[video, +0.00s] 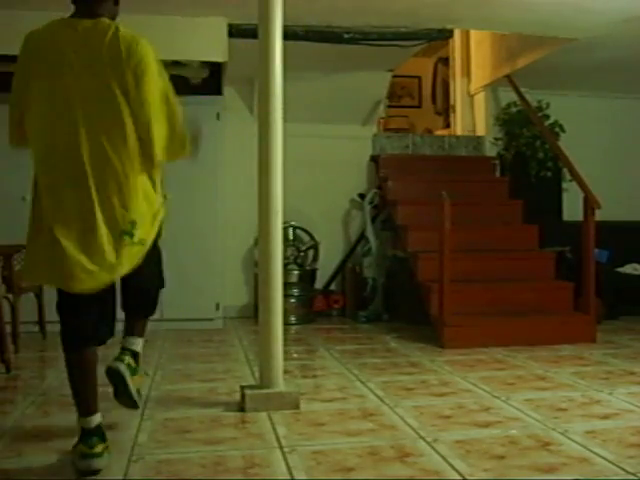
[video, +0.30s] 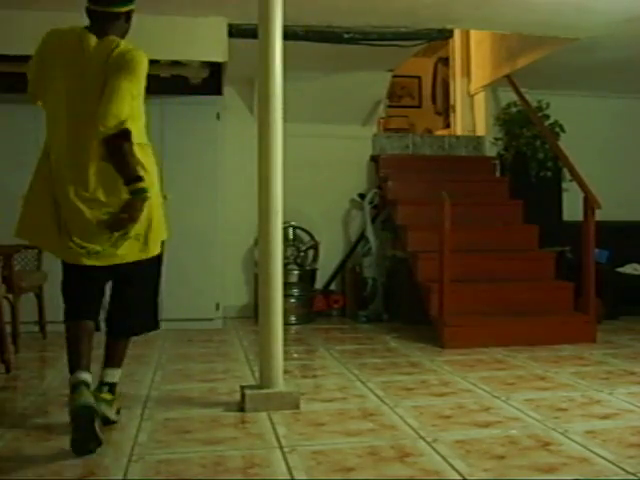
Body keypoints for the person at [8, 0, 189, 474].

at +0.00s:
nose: (117, 8)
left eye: (111, 4)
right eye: (117, 3)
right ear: (115, 2)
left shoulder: (37, 44)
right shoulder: (132, 49)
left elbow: (19, 131)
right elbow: (166, 139)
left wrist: (67, 122)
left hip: (63, 204)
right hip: (126, 199)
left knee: (78, 323)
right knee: (143, 276)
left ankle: (90, 435)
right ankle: (129, 353)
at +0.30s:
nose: (130, 22)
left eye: (126, 14)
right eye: (129, 15)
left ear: (88, 13)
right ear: (126, 17)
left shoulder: (55, 42)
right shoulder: (128, 55)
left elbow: (36, 90)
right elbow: (115, 129)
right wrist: (139, 188)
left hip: (71, 199)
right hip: (127, 203)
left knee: (80, 297)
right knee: (127, 300)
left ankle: (79, 383)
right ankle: (106, 390)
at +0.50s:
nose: (128, 40)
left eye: (117, 32)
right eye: (130, 33)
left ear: (92, 31)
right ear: (130, 34)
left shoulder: (63, 74)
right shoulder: (140, 81)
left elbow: (36, 120)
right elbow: (149, 156)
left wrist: (75, 66)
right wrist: (192, 185)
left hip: (74, 217)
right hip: (130, 221)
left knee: (85, 275)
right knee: (118, 309)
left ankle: (80, 321)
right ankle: (95, 403)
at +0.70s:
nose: (129, 40)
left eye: (119, 33)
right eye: (132, 33)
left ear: (99, 35)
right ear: (135, 33)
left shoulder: (76, 78)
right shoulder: (158, 76)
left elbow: (52, 135)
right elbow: (204, 130)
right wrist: (210, 97)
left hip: (92, 200)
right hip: (145, 200)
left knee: (119, 284)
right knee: (126, 295)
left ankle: (129, 357)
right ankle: (97, 391)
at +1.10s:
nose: (161, 59)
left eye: (150, 55)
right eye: (166, 53)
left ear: (139, 59)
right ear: (173, 56)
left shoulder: (123, 97)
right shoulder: (194, 87)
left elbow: (82, 145)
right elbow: (235, 68)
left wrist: (71, 111)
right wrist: (218, 27)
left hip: (142, 209)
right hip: (191, 207)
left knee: (156, 288)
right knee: (178, 290)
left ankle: (172, 364)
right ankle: (131, 364)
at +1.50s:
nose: (218, 68)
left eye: (206, 66)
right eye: (220, 62)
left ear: (193, 69)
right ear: (225, 64)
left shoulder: (181, 107)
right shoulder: (246, 90)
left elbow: (150, 147)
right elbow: (285, 57)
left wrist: (140, 111)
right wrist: (258, 15)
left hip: (192, 216)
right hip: (233, 212)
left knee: (212, 295)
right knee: (185, 288)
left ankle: (236, 366)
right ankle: (135, 359)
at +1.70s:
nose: (264, 63)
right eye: (261, 53)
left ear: (222, 60)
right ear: (249, 56)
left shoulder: (196, 105)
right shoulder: (247, 82)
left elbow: (161, 124)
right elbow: (285, 56)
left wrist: (193, 91)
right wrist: (275, 23)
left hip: (214, 210)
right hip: (247, 204)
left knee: (230, 287)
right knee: (227, 286)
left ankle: (241, 360)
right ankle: (177, 353)